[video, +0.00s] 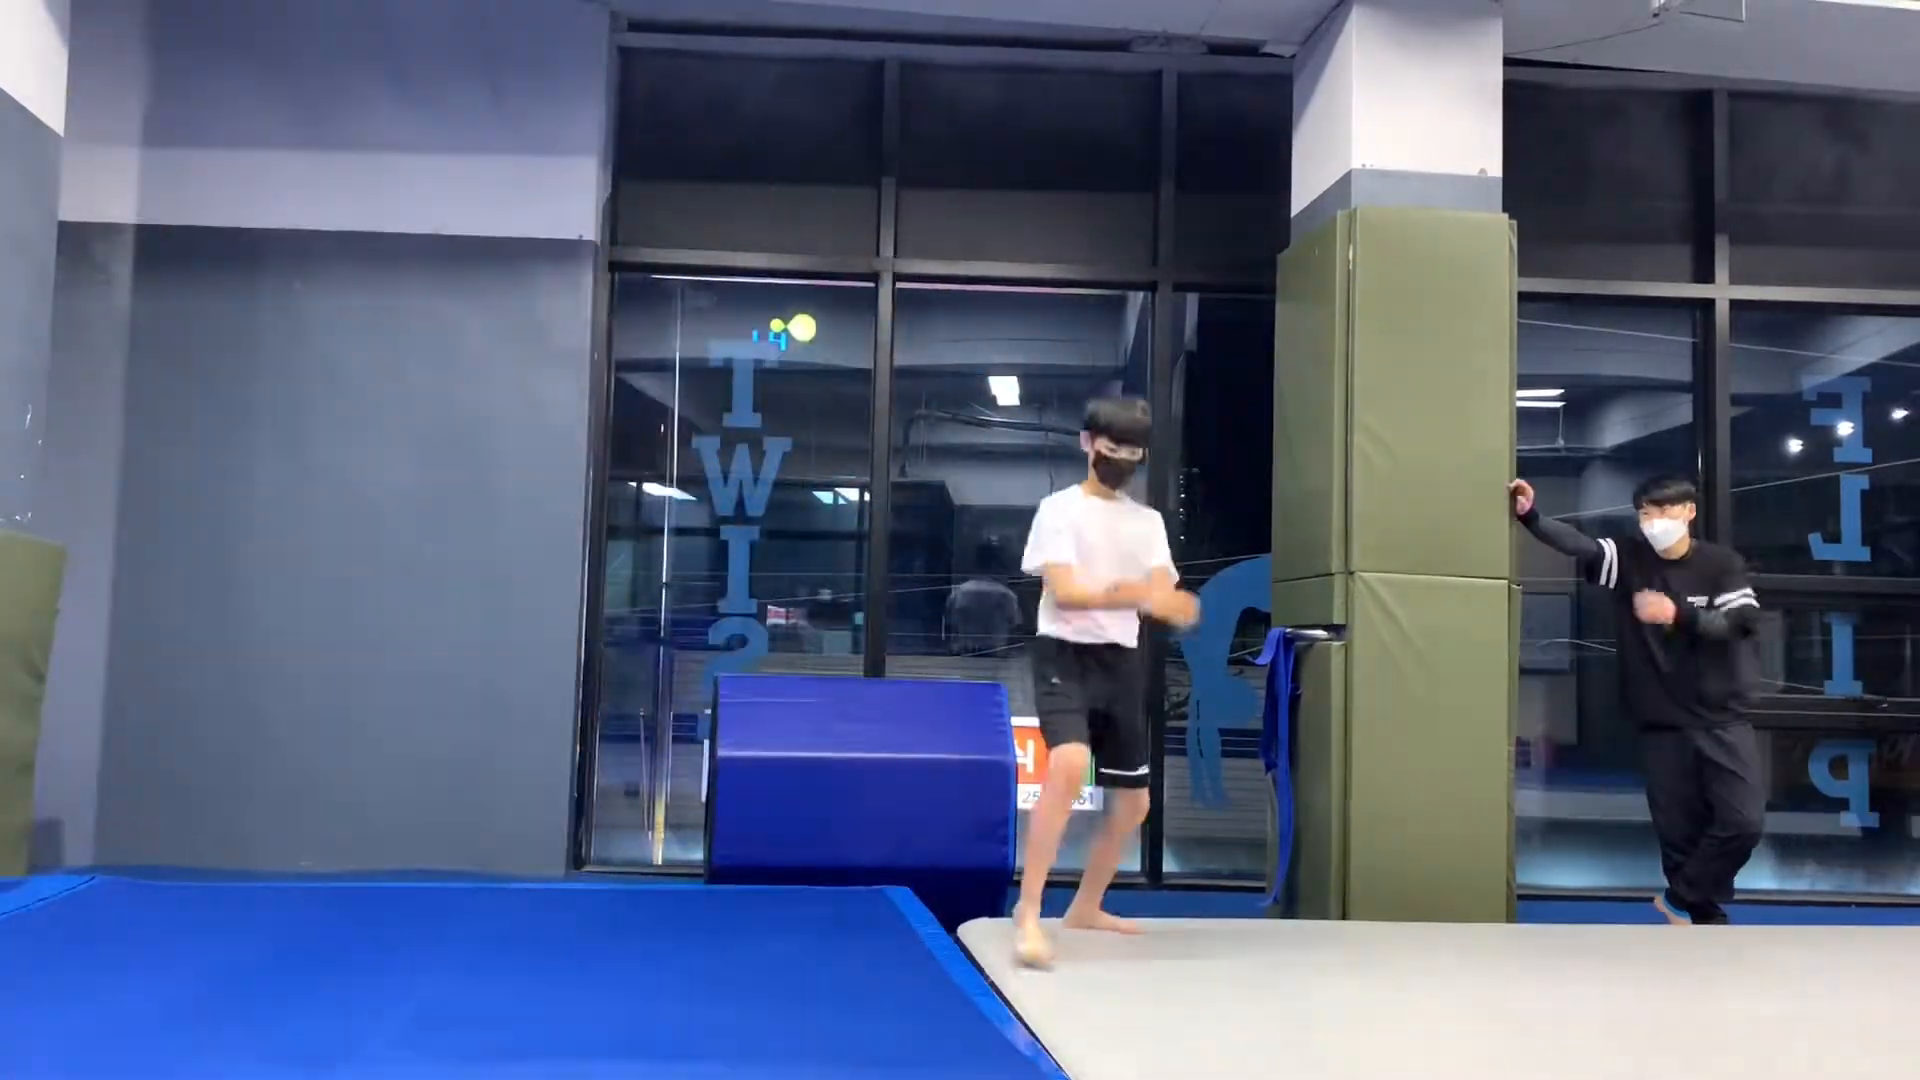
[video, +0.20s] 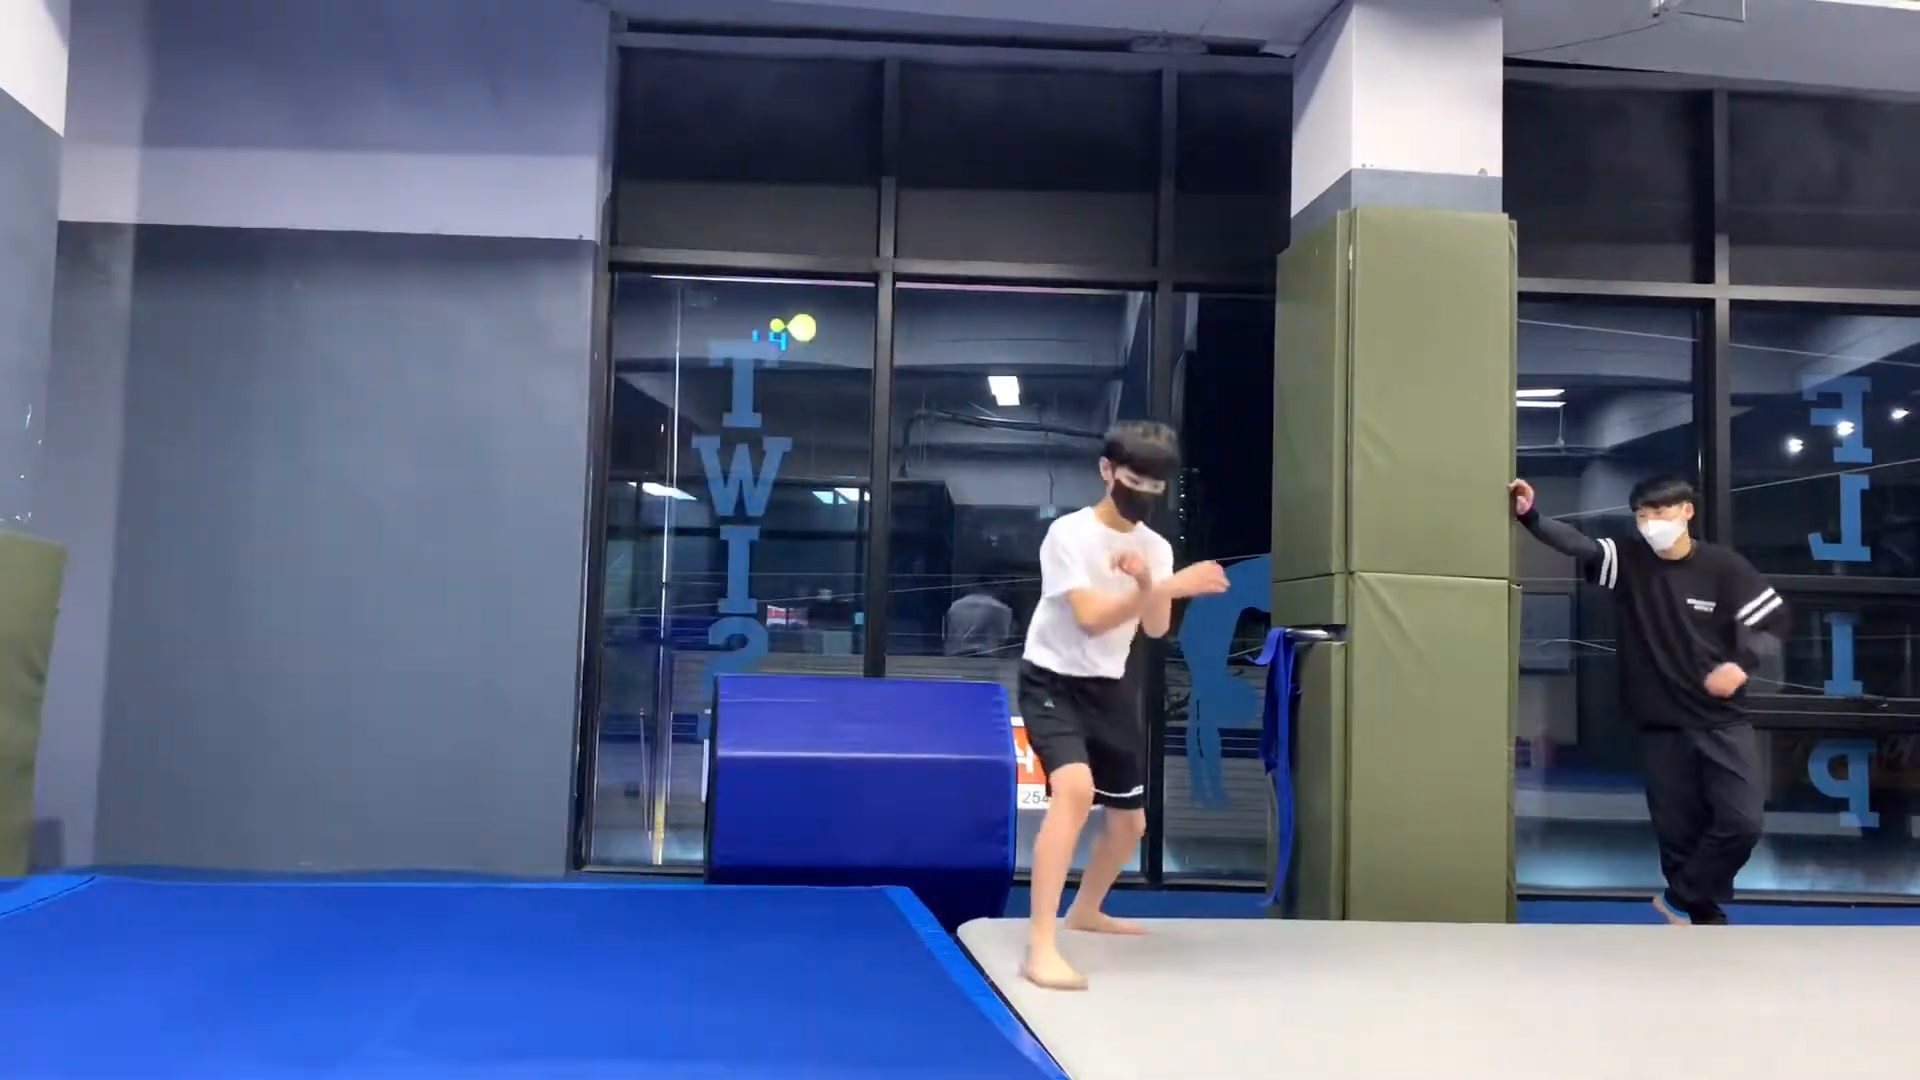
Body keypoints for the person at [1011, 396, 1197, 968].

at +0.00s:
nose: (1123, 456)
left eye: (1133, 447)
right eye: (1113, 443)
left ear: (1144, 452)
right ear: (1088, 442)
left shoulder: (1149, 521)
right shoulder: (1059, 509)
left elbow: (1173, 601)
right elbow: (1064, 590)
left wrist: (1165, 602)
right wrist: (1137, 594)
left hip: (1122, 659)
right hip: (1061, 653)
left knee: (1132, 800)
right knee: (1071, 765)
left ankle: (1085, 908)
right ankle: (1028, 915)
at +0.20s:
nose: (1144, 494)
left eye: (1155, 484)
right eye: (1135, 480)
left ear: (1167, 484)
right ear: (1108, 470)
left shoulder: (1157, 547)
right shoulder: (1068, 533)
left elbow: (1156, 627)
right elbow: (1092, 617)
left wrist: (1145, 581)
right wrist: (1172, 587)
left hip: (1109, 688)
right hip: (1049, 681)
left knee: (1129, 820)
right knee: (1074, 788)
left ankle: (1086, 911)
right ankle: (1041, 949)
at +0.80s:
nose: (1201, 431)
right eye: (1200, 424)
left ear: (1133, 429)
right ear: (1198, 426)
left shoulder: (1103, 473)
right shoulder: (1189, 466)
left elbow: (1011, 468)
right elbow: (1178, 501)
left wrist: (932, 442)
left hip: (1106, 635)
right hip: (1155, 635)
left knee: (1176, 815)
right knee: (1117, 783)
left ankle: (1210, 977)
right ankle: (1006, 854)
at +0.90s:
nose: (1110, 455)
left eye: (1111, 447)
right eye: (1127, 445)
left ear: (1115, 448)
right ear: (1172, 447)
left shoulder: (1087, 495)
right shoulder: (1201, 495)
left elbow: (990, 517)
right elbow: (1287, 517)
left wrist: (896, 522)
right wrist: (1380, 534)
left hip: (1091, 663)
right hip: (1152, 661)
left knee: (1173, 827)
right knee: (1192, 828)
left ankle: (1208, 976)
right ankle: (1120, 894)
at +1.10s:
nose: (1010, 491)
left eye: (1010, 480)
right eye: (1011, 479)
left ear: (1030, 472)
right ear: (1063, 464)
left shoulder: (1019, 534)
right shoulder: (1127, 490)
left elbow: (923, 591)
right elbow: (1184, 461)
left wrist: (822, 633)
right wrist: (1216, 442)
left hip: (1116, 674)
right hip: (1187, 653)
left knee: (1176, 822)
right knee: (1224, 787)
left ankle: (1213, 978)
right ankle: (1274, 901)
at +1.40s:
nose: (876, 756)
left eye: (878, 748)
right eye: (865, 746)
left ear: (910, 730)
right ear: (878, 711)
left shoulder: (983, 748)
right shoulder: (888, 688)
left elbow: (972, 882)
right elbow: (788, 737)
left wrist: (956, 991)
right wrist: (700, 776)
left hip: (1126, 701)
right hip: (1095, 660)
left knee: (1121, 862)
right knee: (1225, 716)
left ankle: (1246, 952)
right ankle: (1376, 694)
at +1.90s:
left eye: (826, 903)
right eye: (801, 906)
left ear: (839, 848)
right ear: (770, 866)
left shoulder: (848, 799)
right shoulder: (722, 817)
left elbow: (890, 894)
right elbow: (711, 927)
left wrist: (943, 990)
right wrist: (719, 1028)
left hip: (738, 620)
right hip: (666, 651)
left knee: (802, 620)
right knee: (601, 796)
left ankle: (795, 538)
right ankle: (462, 758)